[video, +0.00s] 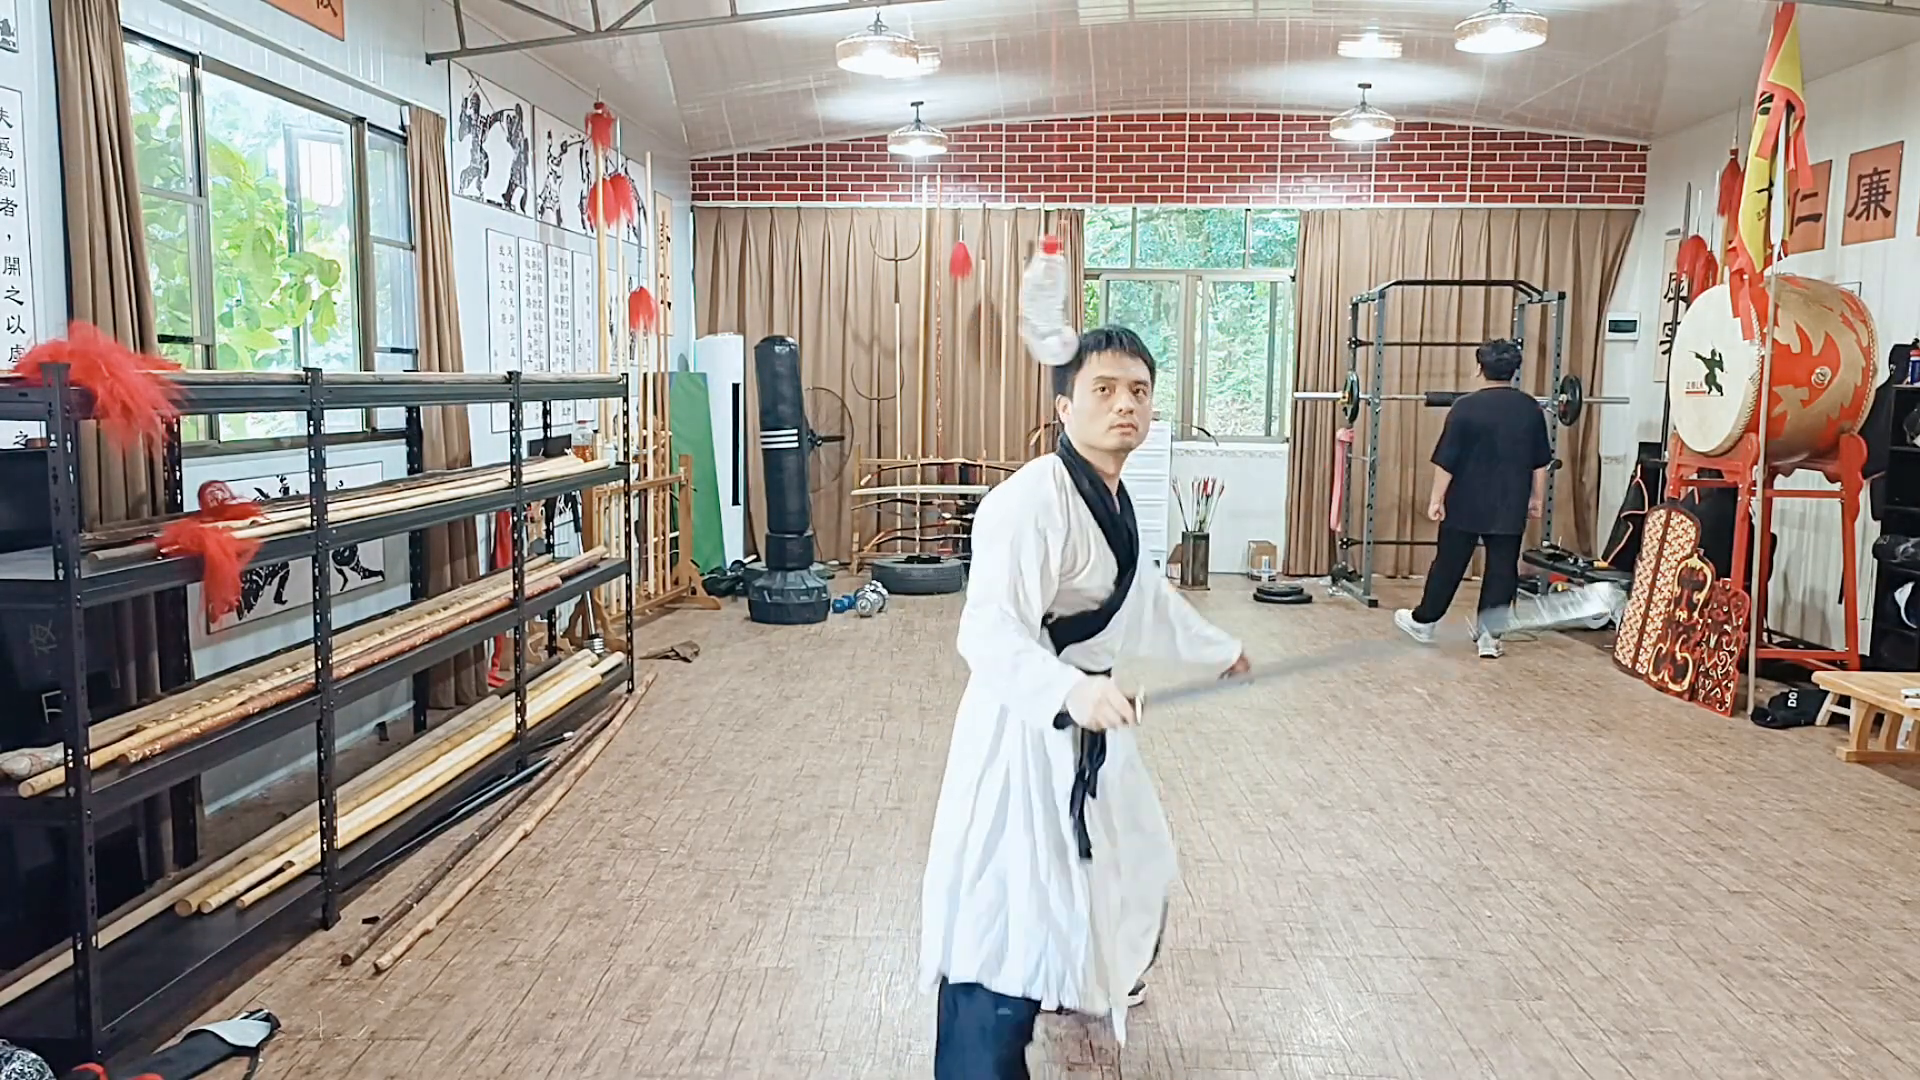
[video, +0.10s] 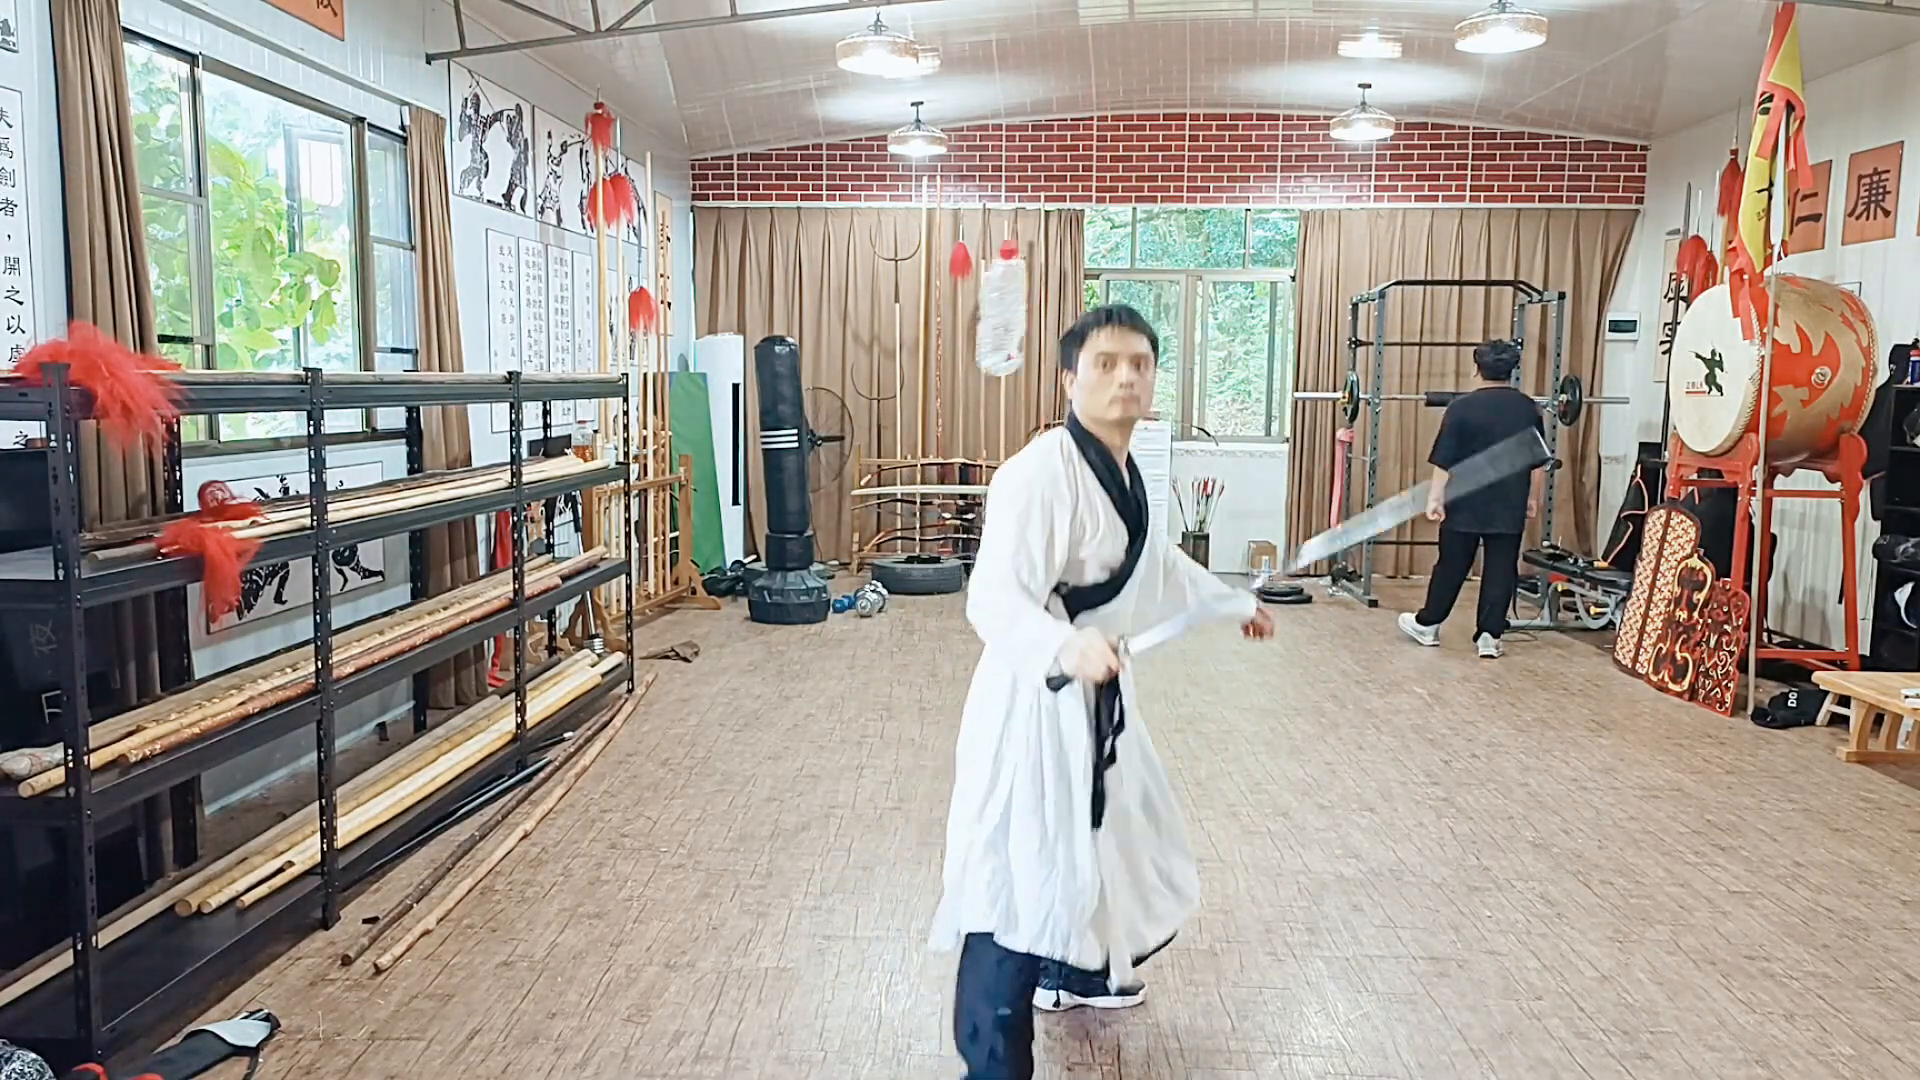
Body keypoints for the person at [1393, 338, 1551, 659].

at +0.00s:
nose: (1477, 368)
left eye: (1479, 365)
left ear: (1482, 369)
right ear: (1514, 370)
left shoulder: (1466, 406)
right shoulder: (1530, 408)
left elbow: (1446, 460)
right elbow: (1541, 461)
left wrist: (1436, 498)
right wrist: (1537, 498)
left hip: (1465, 505)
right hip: (1509, 509)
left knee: (1448, 564)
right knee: (1501, 573)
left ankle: (1423, 621)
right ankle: (1490, 636)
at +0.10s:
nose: (1475, 369)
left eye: (1477, 365)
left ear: (1479, 369)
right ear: (1512, 369)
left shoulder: (1461, 407)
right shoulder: (1527, 407)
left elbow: (1443, 460)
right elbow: (1538, 460)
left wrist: (1435, 499)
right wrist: (1534, 498)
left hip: (1464, 505)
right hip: (1508, 509)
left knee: (1451, 565)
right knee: (1499, 574)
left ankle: (1427, 624)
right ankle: (1489, 636)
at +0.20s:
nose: (1468, 370)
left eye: (1470, 366)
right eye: (1470, 365)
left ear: (1474, 370)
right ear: (1506, 372)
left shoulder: (1457, 406)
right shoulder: (1523, 408)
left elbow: (1439, 459)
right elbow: (1535, 463)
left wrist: (1429, 497)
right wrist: (1530, 500)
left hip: (1460, 504)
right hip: (1506, 507)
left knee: (1449, 566)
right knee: (1497, 574)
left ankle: (1427, 625)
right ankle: (1489, 636)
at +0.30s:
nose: (1462, 370)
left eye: (1464, 366)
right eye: (1465, 366)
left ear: (1468, 371)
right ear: (1502, 372)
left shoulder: (1452, 407)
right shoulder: (1517, 406)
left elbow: (1432, 458)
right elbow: (1530, 462)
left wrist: (1422, 494)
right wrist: (1525, 500)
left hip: (1455, 503)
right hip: (1501, 506)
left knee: (1445, 566)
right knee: (1495, 572)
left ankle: (1424, 625)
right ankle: (1489, 636)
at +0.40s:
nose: (1455, 372)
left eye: (1457, 368)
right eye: (1458, 367)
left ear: (1461, 373)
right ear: (1492, 373)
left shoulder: (1445, 407)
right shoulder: (1510, 406)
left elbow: (1424, 458)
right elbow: (1523, 460)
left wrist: (1414, 493)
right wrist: (1521, 499)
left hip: (1448, 505)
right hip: (1493, 508)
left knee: (1438, 567)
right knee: (1491, 573)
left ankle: (1423, 626)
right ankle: (1489, 637)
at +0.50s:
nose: (1448, 372)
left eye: (1450, 368)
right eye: (1452, 367)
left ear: (1454, 371)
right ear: (1485, 372)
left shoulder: (1438, 405)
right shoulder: (1502, 407)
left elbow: (1416, 455)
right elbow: (1514, 457)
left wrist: (1408, 490)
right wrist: (1513, 494)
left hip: (1440, 504)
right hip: (1484, 506)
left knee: (1432, 568)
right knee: (1485, 571)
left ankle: (1422, 626)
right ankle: (1487, 636)